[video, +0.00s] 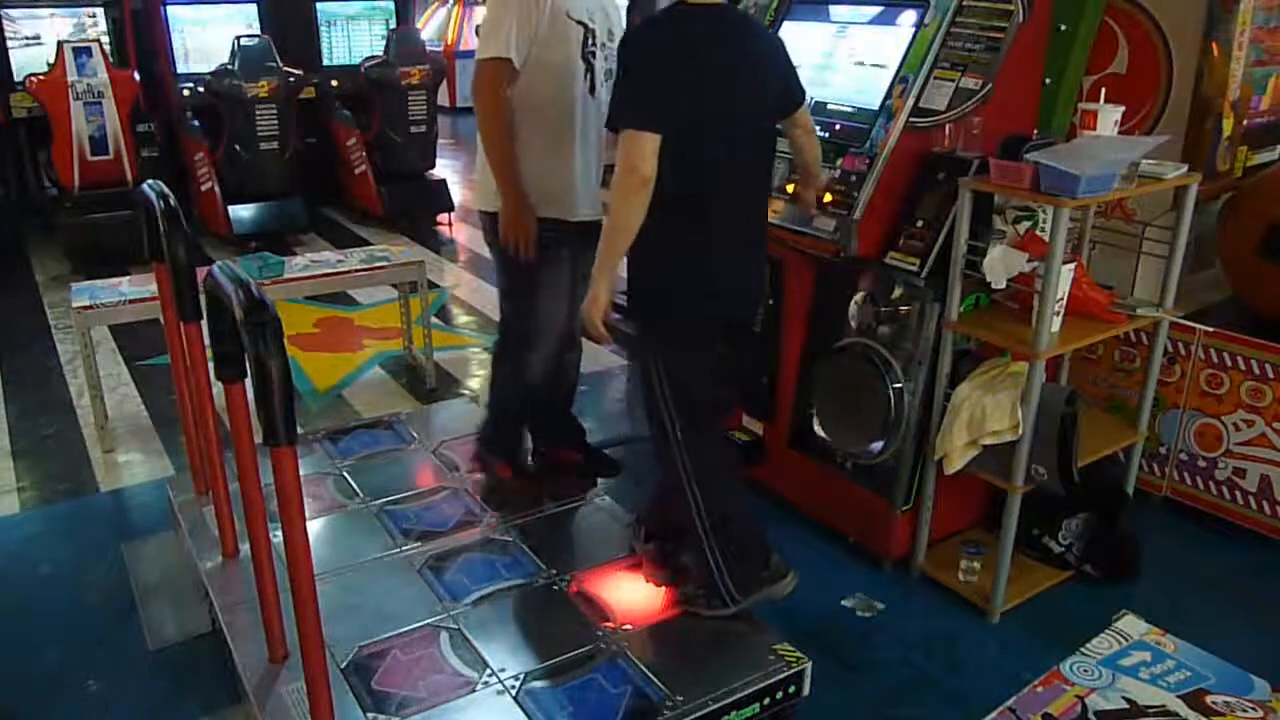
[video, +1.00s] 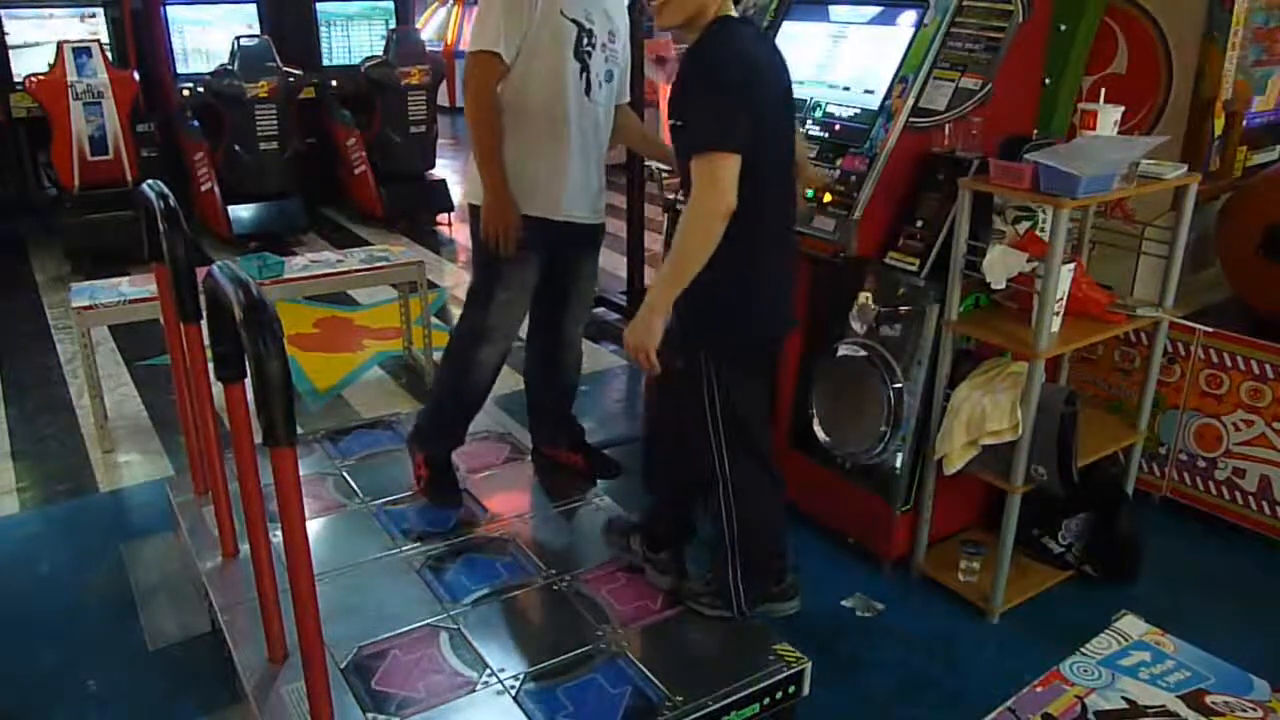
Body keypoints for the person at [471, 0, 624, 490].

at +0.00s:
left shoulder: (613, 9)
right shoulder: (524, 2)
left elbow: (605, 103)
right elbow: (487, 91)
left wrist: (612, 189)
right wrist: (512, 198)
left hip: (583, 203)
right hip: (529, 202)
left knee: (566, 334)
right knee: (530, 335)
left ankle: (556, 440)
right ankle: (499, 447)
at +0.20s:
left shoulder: (611, 11)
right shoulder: (521, 1)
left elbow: (611, 116)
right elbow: (487, 89)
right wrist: (504, 197)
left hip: (584, 204)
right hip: (526, 202)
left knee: (565, 335)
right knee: (514, 332)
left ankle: (557, 445)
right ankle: (452, 436)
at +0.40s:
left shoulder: (608, 10)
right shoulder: (516, 1)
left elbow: (608, 106)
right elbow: (484, 88)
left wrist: (664, 142)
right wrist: (506, 197)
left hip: (585, 204)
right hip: (524, 203)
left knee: (566, 337)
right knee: (506, 337)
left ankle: (556, 445)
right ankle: (451, 444)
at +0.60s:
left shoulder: (609, 12)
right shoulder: (515, 1)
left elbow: (609, 106)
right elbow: (482, 86)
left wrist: (662, 151)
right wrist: (505, 194)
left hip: (586, 205)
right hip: (524, 203)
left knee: (565, 339)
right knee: (503, 338)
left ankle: (557, 446)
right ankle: (448, 445)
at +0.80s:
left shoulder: (613, 9)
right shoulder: (519, 1)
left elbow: (604, 101)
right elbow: (480, 86)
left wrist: (656, 145)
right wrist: (498, 195)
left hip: (585, 206)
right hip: (524, 203)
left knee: (564, 339)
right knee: (494, 336)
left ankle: (557, 441)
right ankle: (435, 447)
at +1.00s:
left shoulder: (617, 11)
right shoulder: (519, 1)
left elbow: (612, 110)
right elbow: (478, 83)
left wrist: (673, 157)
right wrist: (495, 190)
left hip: (582, 203)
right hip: (517, 198)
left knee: (562, 337)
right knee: (489, 334)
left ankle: (557, 440)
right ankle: (432, 447)